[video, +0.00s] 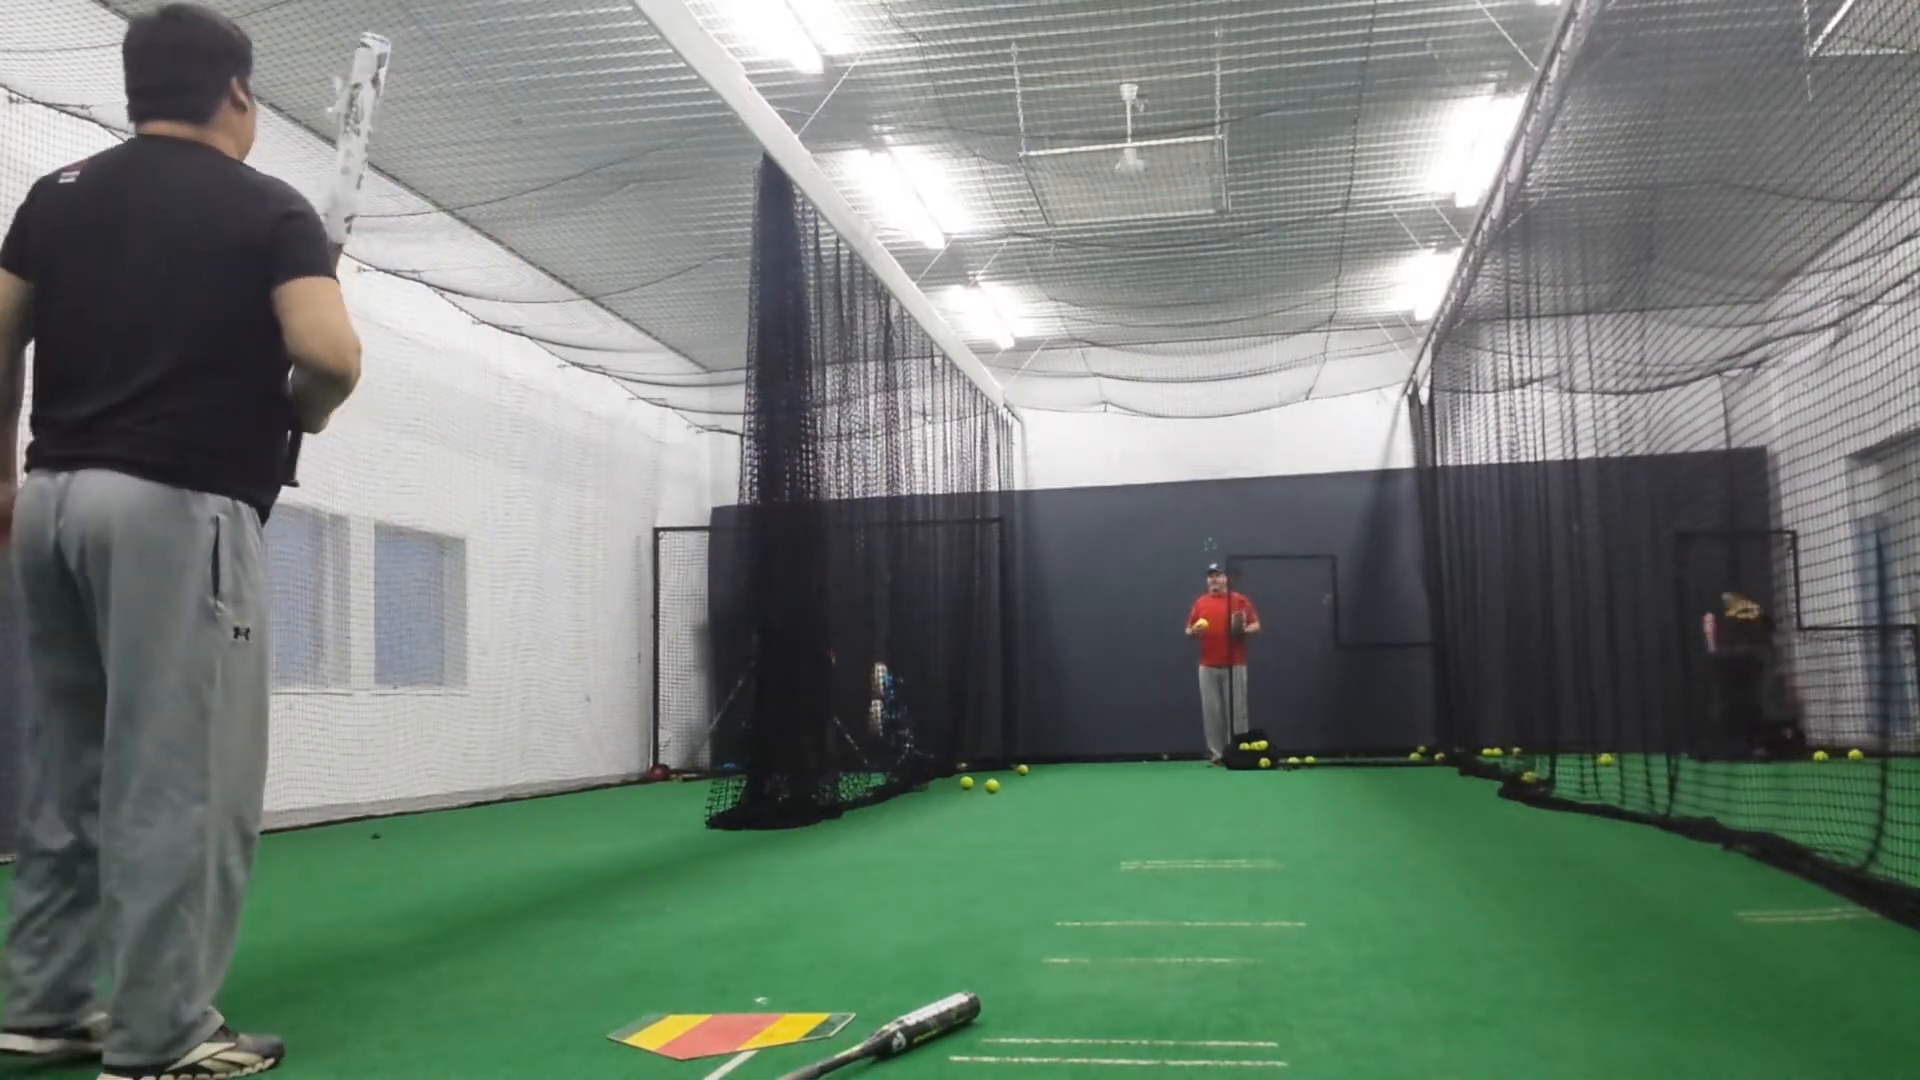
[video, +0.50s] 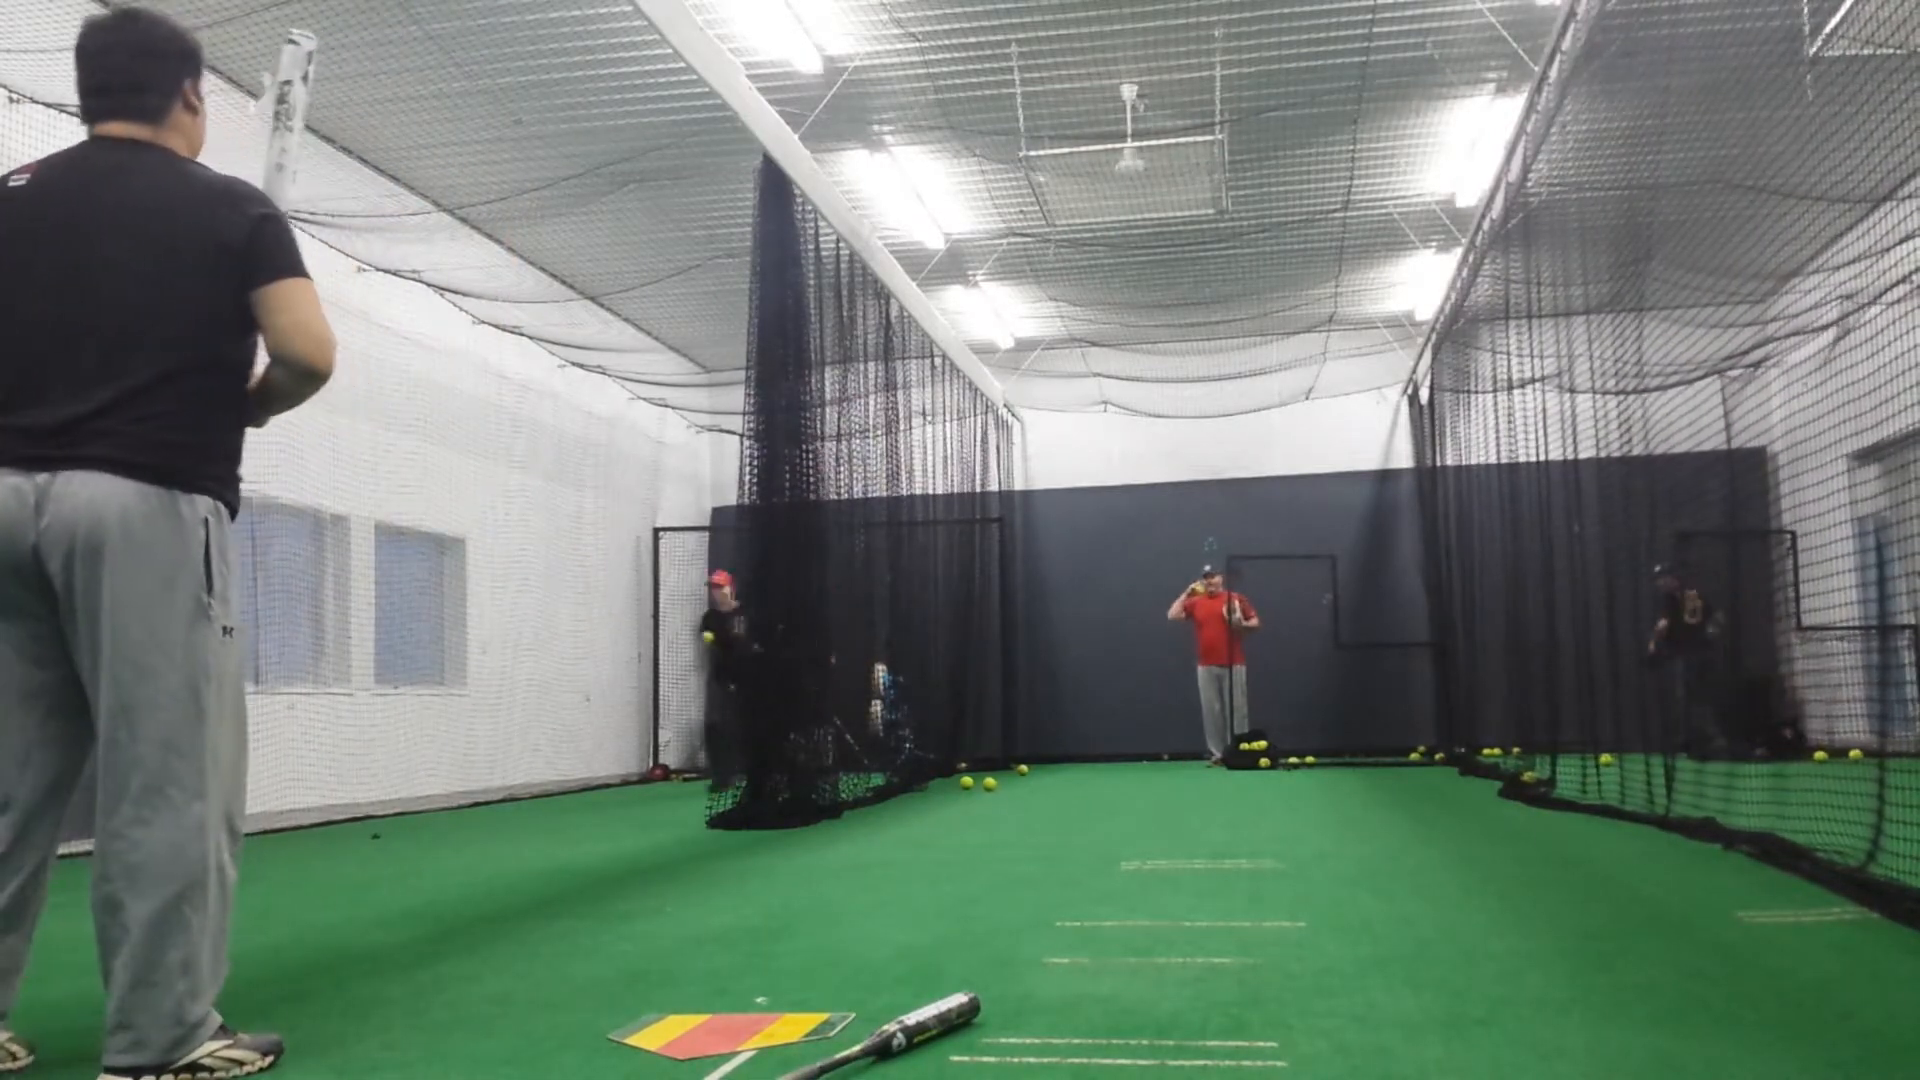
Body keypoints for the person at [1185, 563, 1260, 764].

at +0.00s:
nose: (1214, 580)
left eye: (1217, 576)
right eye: (1211, 577)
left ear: (1226, 579)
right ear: (1207, 580)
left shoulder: (1239, 601)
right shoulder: (1201, 602)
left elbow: (1256, 625)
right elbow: (1188, 630)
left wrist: (1244, 628)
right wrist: (1195, 629)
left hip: (1235, 663)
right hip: (1209, 664)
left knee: (1238, 708)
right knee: (1212, 709)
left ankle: (1240, 751)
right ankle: (1216, 752)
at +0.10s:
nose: (1213, 581)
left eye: (1216, 576)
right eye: (1210, 577)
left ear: (1224, 579)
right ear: (1205, 581)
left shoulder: (1239, 601)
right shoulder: (1200, 603)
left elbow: (1256, 622)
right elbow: (1185, 631)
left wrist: (1246, 628)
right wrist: (1193, 623)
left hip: (1235, 663)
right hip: (1209, 664)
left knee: (1238, 708)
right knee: (1211, 709)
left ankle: (1240, 751)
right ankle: (1216, 753)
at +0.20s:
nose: (1212, 581)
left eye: (1215, 577)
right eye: (1208, 578)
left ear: (1223, 579)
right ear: (1204, 582)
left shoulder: (1237, 601)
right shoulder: (1199, 604)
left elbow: (1256, 621)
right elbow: (1180, 629)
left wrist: (1244, 626)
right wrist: (1189, 616)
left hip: (1235, 663)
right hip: (1209, 664)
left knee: (1238, 707)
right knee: (1211, 709)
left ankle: (1240, 750)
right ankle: (1216, 752)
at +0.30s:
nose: (1211, 581)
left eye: (1214, 576)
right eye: (1207, 577)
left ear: (1221, 578)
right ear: (1202, 581)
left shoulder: (1236, 600)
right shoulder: (1198, 604)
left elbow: (1256, 621)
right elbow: (1176, 626)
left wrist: (1242, 624)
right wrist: (1187, 603)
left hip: (1234, 662)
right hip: (1208, 663)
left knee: (1238, 707)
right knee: (1212, 709)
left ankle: (1241, 750)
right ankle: (1216, 752)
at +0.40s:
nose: (1211, 581)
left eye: (1214, 576)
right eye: (1207, 577)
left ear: (1221, 578)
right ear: (1202, 582)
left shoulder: (1236, 599)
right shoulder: (1197, 603)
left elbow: (1255, 622)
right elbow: (1174, 618)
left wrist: (1241, 624)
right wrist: (1187, 595)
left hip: (1234, 662)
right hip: (1208, 663)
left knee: (1238, 706)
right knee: (1211, 709)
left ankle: (1241, 750)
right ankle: (1217, 751)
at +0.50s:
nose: (1211, 581)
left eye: (1214, 576)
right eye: (1207, 577)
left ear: (1221, 578)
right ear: (1202, 581)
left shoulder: (1235, 599)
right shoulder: (1196, 602)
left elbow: (1255, 622)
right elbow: (1173, 614)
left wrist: (1241, 623)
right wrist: (1187, 592)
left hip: (1234, 662)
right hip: (1208, 663)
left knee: (1238, 707)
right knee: (1211, 709)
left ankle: (1241, 750)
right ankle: (1217, 752)